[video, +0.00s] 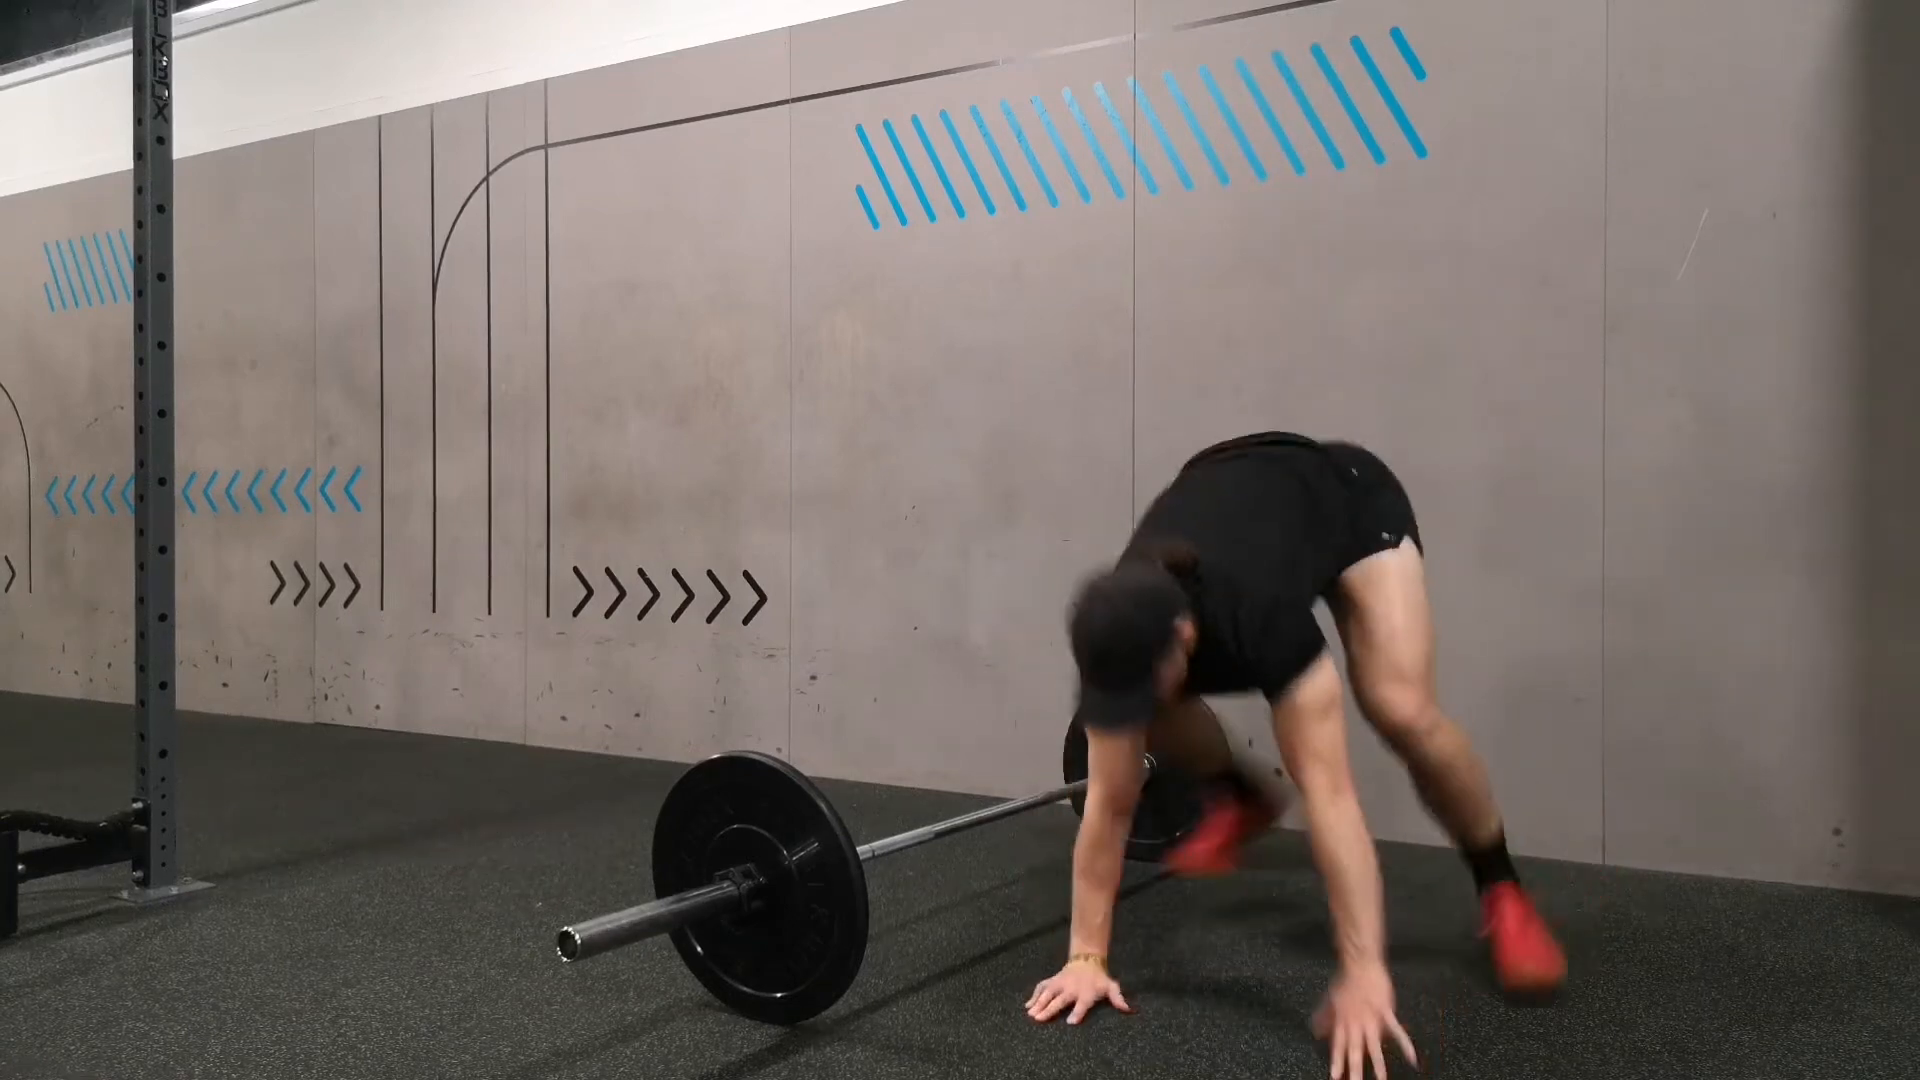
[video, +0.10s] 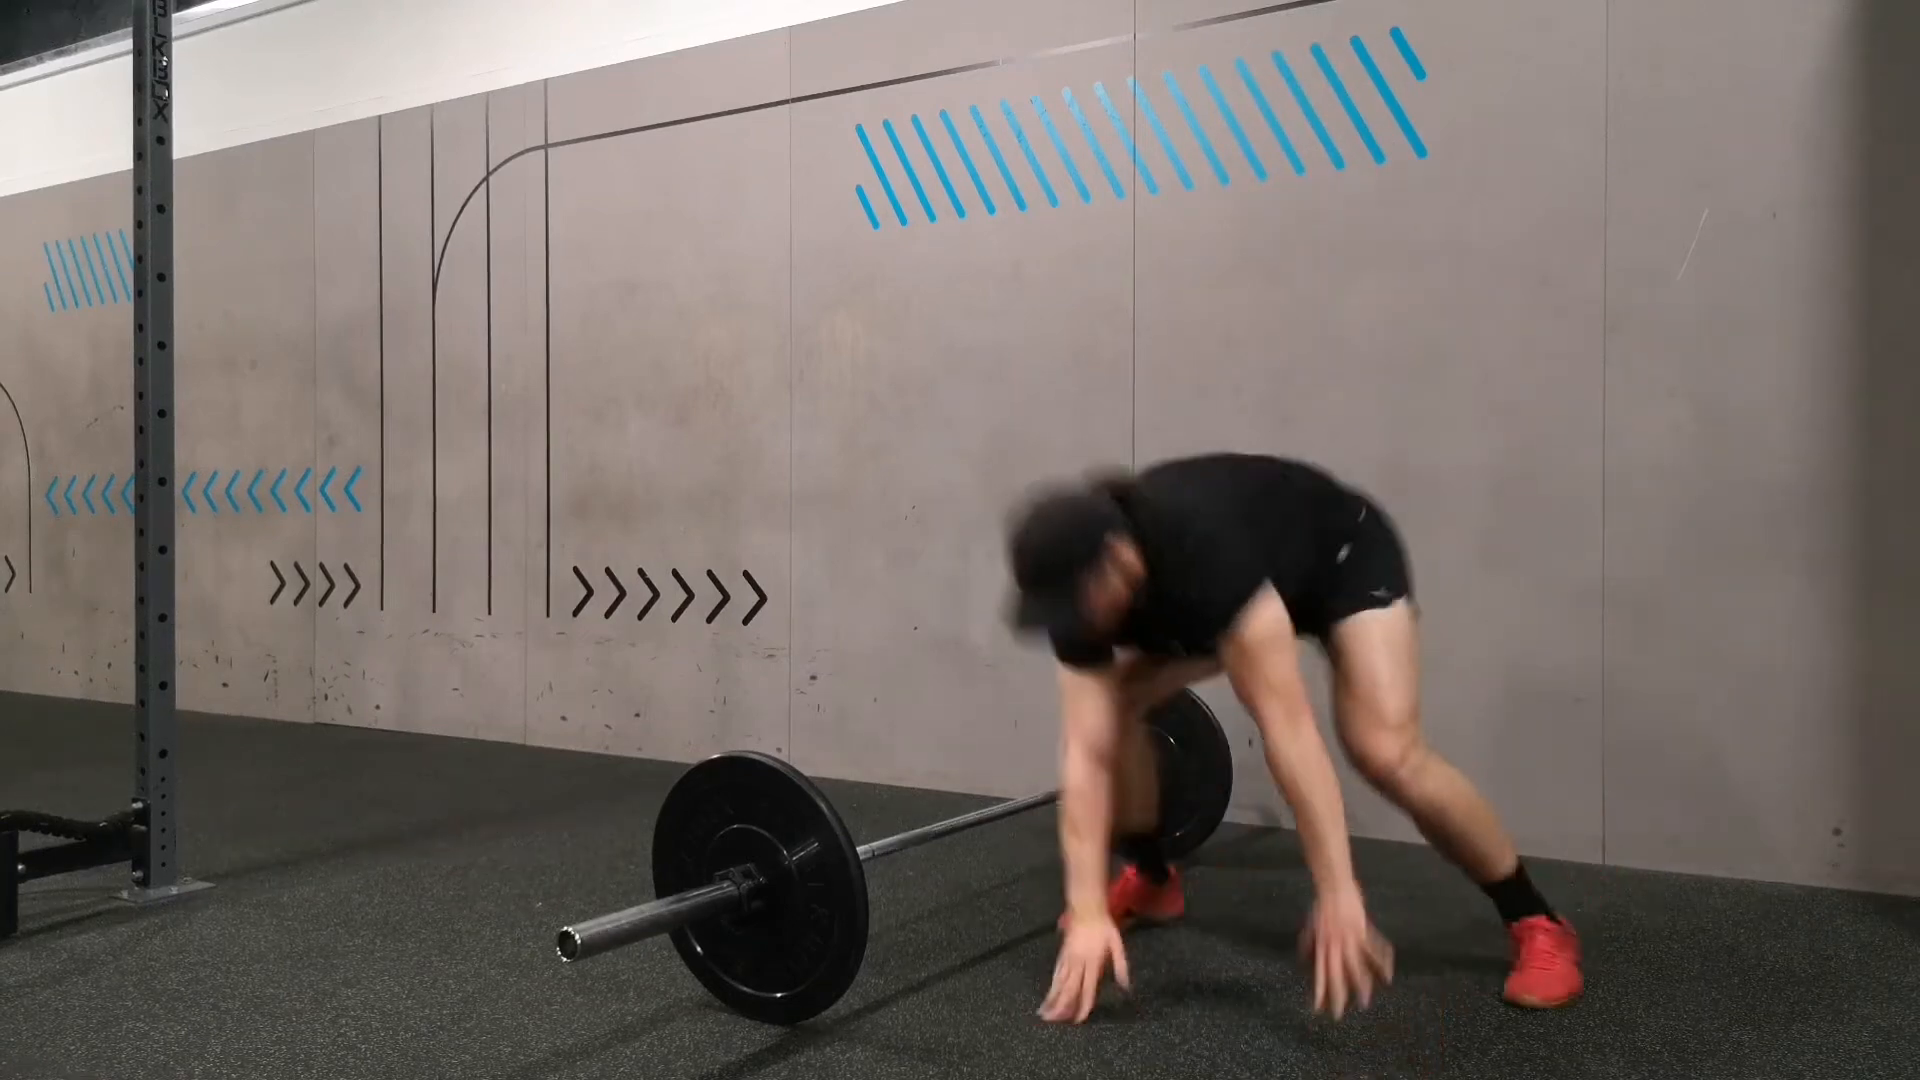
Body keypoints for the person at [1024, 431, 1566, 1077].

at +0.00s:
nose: (1148, 704)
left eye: (1153, 689)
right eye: (1127, 698)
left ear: (1179, 641)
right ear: (1091, 652)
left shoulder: (1266, 621)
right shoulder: (1113, 641)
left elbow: (1328, 794)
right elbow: (1107, 806)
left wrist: (1362, 969)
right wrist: (1086, 958)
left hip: (1343, 489)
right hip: (1221, 485)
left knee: (1403, 710)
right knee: (1144, 690)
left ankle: (1500, 888)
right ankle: (1241, 796)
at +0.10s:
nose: (1077, 620)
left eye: (1082, 601)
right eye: (1067, 611)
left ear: (1120, 561)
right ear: (1056, 589)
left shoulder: (1202, 554)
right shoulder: (1077, 596)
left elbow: (1287, 727)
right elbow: (1086, 754)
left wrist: (1339, 896)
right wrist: (1082, 912)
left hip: (1345, 559)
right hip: (1238, 585)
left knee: (1384, 750)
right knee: (1112, 703)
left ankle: (1536, 924)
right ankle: (1153, 875)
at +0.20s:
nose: (1000, 516)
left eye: (1003, 496)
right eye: (991, 505)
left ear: (1045, 461)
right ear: (1014, 486)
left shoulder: (1142, 464)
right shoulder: (1019, 522)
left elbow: (1273, 596)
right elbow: (1037, 671)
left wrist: (1364, 741)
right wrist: (1062, 804)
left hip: (1288, 556)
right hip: (1181, 588)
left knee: (1350, 753)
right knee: (1065, 698)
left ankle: (1525, 918)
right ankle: (1146, 874)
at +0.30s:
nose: (941, 396)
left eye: (944, 375)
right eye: (928, 387)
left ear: (982, 345)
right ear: (927, 388)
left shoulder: (1081, 372)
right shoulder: (953, 446)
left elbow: (1221, 462)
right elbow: (960, 576)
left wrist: (1344, 560)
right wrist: (1033, 661)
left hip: (1214, 515)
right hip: (1118, 547)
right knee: (1046, 705)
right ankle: (1147, 879)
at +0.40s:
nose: (895, 320)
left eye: (899, 300)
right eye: (884, 309)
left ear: (939, 264)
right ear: (880, 304)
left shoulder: (1035, 296)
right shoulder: (902, 360)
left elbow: (1159, 402)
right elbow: (891, 483)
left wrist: (1266, 516)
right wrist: (946, 555)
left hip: (1139, 431)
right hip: (1056, 479)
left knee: (1126, 544)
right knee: (1049, 652)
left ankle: (1279, 706)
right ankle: (1132, 850)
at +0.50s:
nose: (853, 289)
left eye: (857, 273)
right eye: (845, 278)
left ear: (901, 244)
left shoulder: (991, 271)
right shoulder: (861, 319)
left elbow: (1107, 404)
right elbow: (836, 439)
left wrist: (1172, 538)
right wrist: (869, 529)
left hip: (1083, 402)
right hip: (994, 429)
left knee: (973, 450)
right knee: (956, 593)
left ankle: (1073, 646)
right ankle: (1118, 677)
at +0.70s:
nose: (732, 335)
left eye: (737, 319)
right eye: (725, 324)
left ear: (779, 287)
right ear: (750, 302)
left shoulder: (876, 330)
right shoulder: (761, 352)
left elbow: (977, 448)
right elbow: (752, 478)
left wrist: (1015, 580)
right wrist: (742, 603)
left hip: (980, 473)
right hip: (902, 464)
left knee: (873, 638)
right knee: (786, 596)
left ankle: (883, 832)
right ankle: (853, 734)